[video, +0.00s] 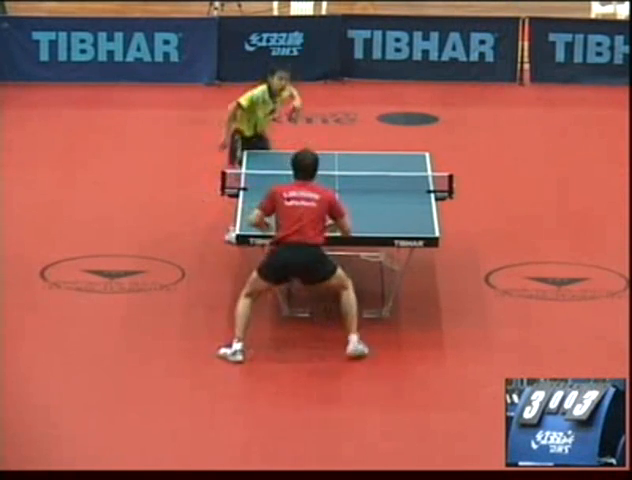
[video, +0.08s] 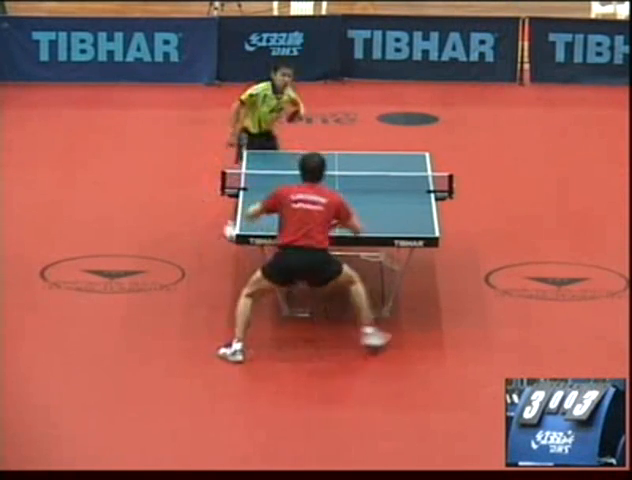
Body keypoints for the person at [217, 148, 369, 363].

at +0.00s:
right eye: (312, 167)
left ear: (293, 169)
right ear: (316, 171)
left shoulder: (278, 192)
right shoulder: (327, 196)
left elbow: (256, 220)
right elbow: (346, 230)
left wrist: (268, 229)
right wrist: (328, 225)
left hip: (282, 251)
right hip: (312, 251)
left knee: (248, 295)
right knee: (345, 287)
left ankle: (237, 345)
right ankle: (353, 340)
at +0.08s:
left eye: (309, 168)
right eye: (317, 169)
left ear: (301, 172)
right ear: (322, 174)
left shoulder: (285, 194)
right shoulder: (333, 198)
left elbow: (255, 213)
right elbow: (356, 228)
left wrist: (250, 214)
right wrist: (338, 220)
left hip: (288, 254)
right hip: (319, 256)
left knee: (249, 294)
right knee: (353, 282)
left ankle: (237, 345)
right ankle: (369, 331)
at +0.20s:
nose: (332, 176)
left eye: (328, 172)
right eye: (341, 173)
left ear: (323, 174)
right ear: (345, 176)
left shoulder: (310, 193)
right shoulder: (354, 201)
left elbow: (279, 201)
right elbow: (377, 225)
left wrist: (248, 203)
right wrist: (357, 214)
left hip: (304, 255)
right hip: (334, 257)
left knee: (262, 294)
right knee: (367, 285)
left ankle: (238, 345)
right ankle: (398, 324)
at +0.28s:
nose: (347, 180)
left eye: (343, 176)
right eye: (356, 176)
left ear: (340, 179)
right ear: (362, 180)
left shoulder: (331, 197)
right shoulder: (373, 206)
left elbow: (300, 202)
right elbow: (395, 224)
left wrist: (268, 205)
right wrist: (382, 215)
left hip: (322, 256)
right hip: (351, 260)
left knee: (279, 298)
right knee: (378, 285)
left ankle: (243, 344)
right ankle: (404, 327)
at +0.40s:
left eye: (363, 184)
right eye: (382, 183)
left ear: (361, 185)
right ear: (383, 188)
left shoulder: (356, 200)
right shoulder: (391, 215)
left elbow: (337, 211)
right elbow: (401, 217)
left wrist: (303, 219)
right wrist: (399, 200)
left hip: (339, 256)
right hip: (367, 261)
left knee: (293, 298)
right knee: (388, 280)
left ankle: (262, 344)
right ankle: (405, 326)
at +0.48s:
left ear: (366, 182)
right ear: (386, 186)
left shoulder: (359, 198)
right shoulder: (392, 212)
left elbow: (347, 215)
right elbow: (404, 217)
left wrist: (320, 238)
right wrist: (406, 197)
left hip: (341, 256)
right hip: (369, 259)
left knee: (295, 297)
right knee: (390, 278)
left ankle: (275, 342)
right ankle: (405, 324)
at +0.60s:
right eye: (374, 172)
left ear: (357, 174)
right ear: (378, 176)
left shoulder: (350, 194)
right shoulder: (386, 201)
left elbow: (337, 218)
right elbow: (404, 223)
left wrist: (310, 239)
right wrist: (400, 200)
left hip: (340, 253)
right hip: (368, 255)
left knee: (293, 293)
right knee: (388, 280)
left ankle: (286, 338)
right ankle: (406, 325)